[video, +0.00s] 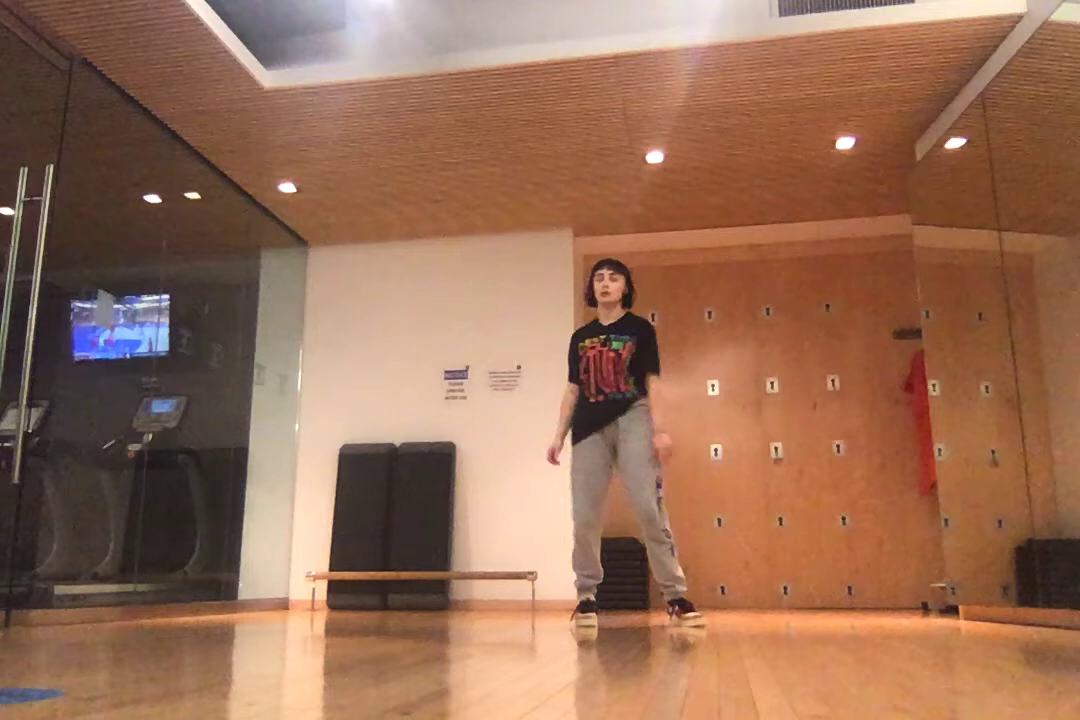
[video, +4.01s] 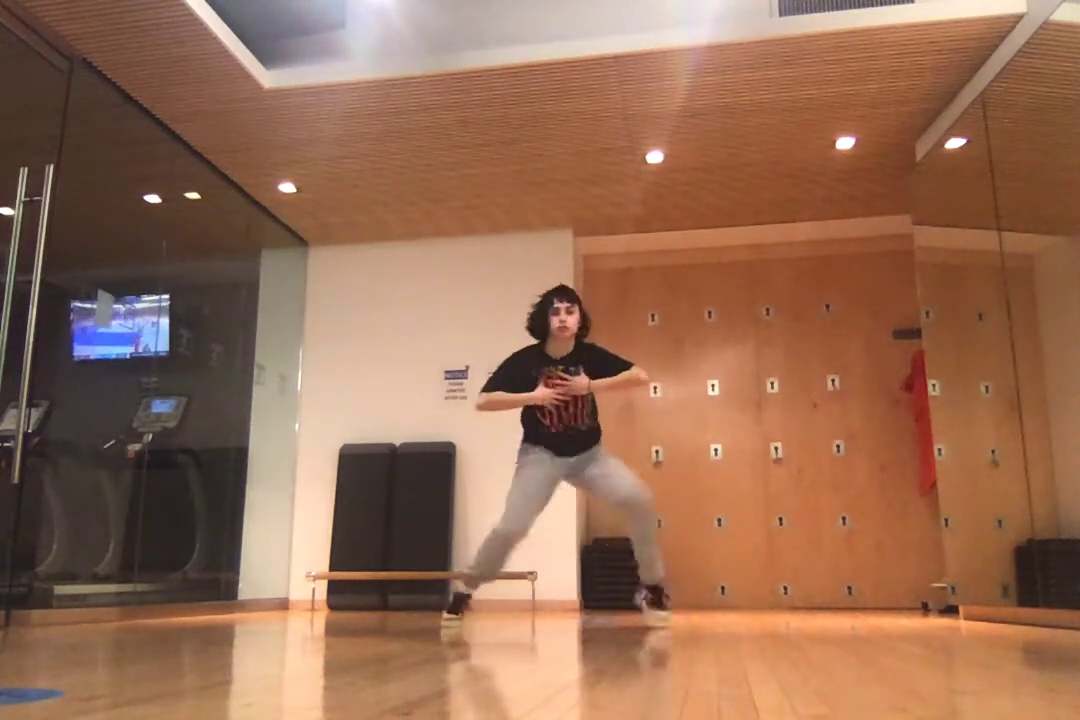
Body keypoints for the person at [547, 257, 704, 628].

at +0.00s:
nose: (606, 284)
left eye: (613, 279)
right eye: (600, 279)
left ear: (626, 287)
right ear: (592, 289)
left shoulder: (641, 328)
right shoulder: (581, 337)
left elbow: (652, 383)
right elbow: (573, 389)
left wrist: (660, 430)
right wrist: (560, 435)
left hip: (632, 419)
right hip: (589, 424)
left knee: (647, 506)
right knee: (584, 514)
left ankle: (676, 596)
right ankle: (587, 595)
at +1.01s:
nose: (646, 267)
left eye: (650, 261)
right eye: (636, 262)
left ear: (657, 268)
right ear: (621, 269)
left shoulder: (644, 306)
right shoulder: (612, 301)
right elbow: (573, 328)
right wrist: (594, 285)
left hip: (652, 414)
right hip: (619, 419)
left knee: (661, 509)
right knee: (634, 506)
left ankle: (624, 596)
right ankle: (599, 603)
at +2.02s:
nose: (615, 262)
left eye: (622, 255)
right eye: (607, 256)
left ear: (633, 263)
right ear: (598, 264)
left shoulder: (634, 306)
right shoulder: (597, 292)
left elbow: (646, 353)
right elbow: (583, 268)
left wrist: (643, 318)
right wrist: (578, 236)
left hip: (631, 412)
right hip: (596, 414)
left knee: (642, 507)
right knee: (619, 507)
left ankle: (649, 591)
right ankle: (608, 598)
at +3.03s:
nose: (584, 311)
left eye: (592, 304)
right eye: (579, 306)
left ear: (608, 309)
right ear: (574, 313)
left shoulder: (619, 356)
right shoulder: (570, 339)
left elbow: (637, 419)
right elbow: (532, 355)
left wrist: (586, 425)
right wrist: (570, 366)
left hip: (617, 449)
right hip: (584, 451)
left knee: (609, 532)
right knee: (530, 507)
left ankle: (662, 598)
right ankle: (561, 585)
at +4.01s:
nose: (563, 317)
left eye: (570, 311)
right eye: (556, 311)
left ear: (580, 319)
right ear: (545, 319)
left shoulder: (589, 355)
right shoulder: (525, 360)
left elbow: (640, 377)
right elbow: (484, 402)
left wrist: (591, 386)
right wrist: (533, 397)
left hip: (588, 455)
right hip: (541, 457)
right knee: (513, 527)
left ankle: (653, 588)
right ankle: (463, 592)